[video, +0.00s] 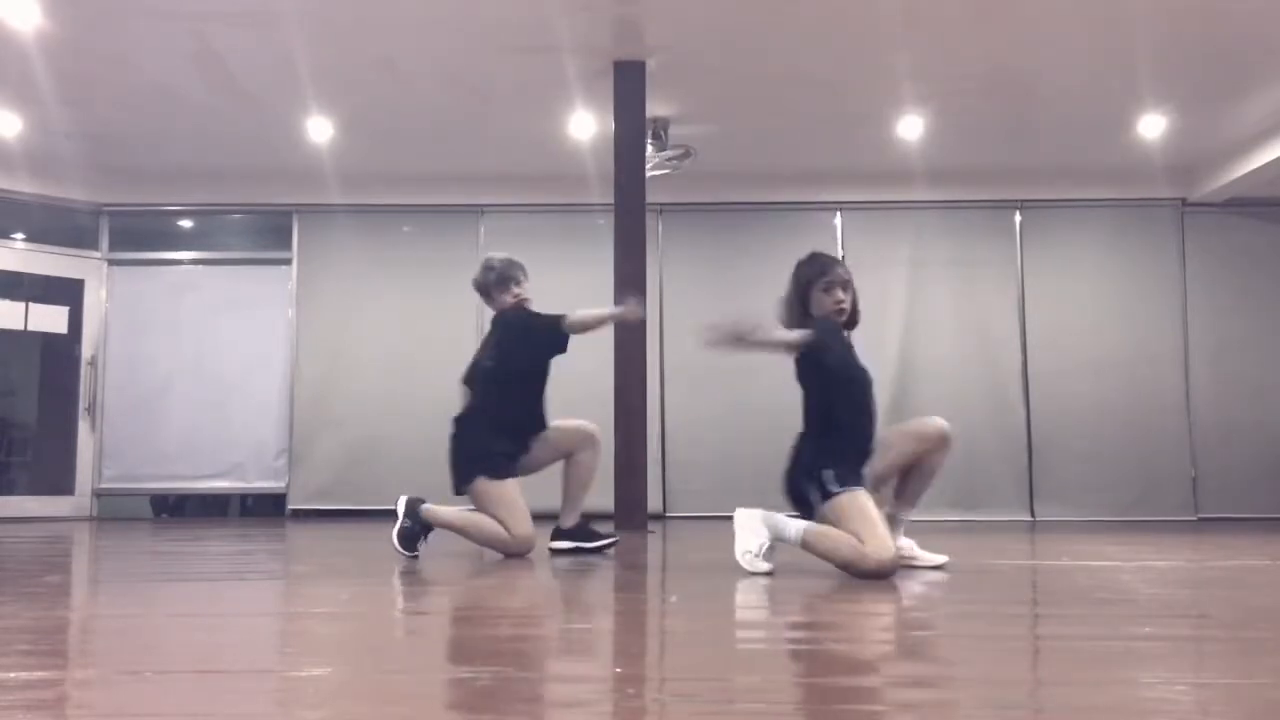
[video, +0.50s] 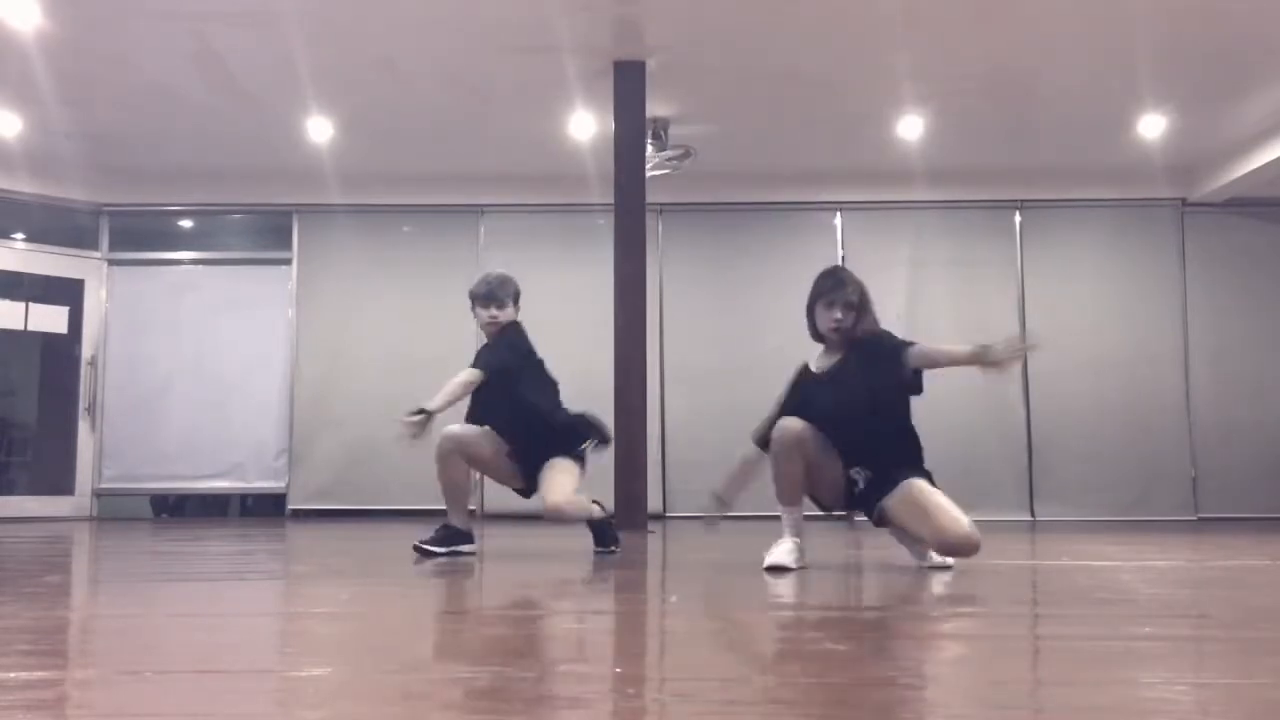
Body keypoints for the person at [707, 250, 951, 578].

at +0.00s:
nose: (839, 297)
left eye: (844, 287)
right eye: (826, 289)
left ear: (852, 293)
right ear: (807, 299)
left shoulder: (840, 339)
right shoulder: (817, 336)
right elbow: (786, 339)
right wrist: (747, 338)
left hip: (855, 466)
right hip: (824, 474)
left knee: (935, 433)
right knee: (880, 559)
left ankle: (892, 538)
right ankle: (767, 523)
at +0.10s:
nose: (850, 291)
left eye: (856, 281)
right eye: (838, 282)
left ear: (863, 288)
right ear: (815, 289)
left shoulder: (849, 341)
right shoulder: (804, 342)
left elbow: (877, 411)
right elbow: (738, 385)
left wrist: (920, 375)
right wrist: (680, 412)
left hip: (888, 455)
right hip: (856, 461)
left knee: (984, 464)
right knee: (887, 555)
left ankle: (901, 540)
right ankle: (766, 524)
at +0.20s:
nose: (853, 291)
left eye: (860, 282)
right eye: (840, 283)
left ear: (869, 285)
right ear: (820, 289)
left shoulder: (887, 321)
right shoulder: (809, 354)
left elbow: (935, 351)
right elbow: (774, 425)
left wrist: (881, 337)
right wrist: (740, 479)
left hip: (904, 446)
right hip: (855, 452)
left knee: (1012, 496)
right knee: (900, 521)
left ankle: (911, 530)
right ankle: (781, 525)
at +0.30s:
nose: (850, 301)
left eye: (858, 292)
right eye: (839, 292)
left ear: (869, 294)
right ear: (822, 297)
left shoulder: (884, 319)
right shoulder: (814, 367)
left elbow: (909, 349)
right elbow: (805, 454)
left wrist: (833, 361)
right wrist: (781, 521)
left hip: (907, 449)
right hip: (850, 449)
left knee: (993, 515)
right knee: (875, 464)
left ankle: (913, 526)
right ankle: (788, 532)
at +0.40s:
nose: (848, 313)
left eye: (857, 303)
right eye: (838, 304)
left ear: (870, 306)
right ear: (822, 309)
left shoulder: (883, 333)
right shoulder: (818, 374)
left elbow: (899, 355)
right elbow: (806, 448)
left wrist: (867, 369)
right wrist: (790, 509)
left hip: (904, 477)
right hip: (849, 478)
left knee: (979, 536)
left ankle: (913, 529)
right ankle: (796, 537)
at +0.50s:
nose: (839, 315)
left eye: (849, 307)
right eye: (829, 306)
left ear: (861, 313)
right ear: (813, 311)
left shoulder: (879, 348)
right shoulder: (807, 376)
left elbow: (926, 357)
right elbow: (763, 444)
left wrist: (979, 356)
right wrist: (724, 495)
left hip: (891, 479)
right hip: (837, 479)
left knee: (966, 541)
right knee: (788, 430)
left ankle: (905, 534)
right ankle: (789, 542)